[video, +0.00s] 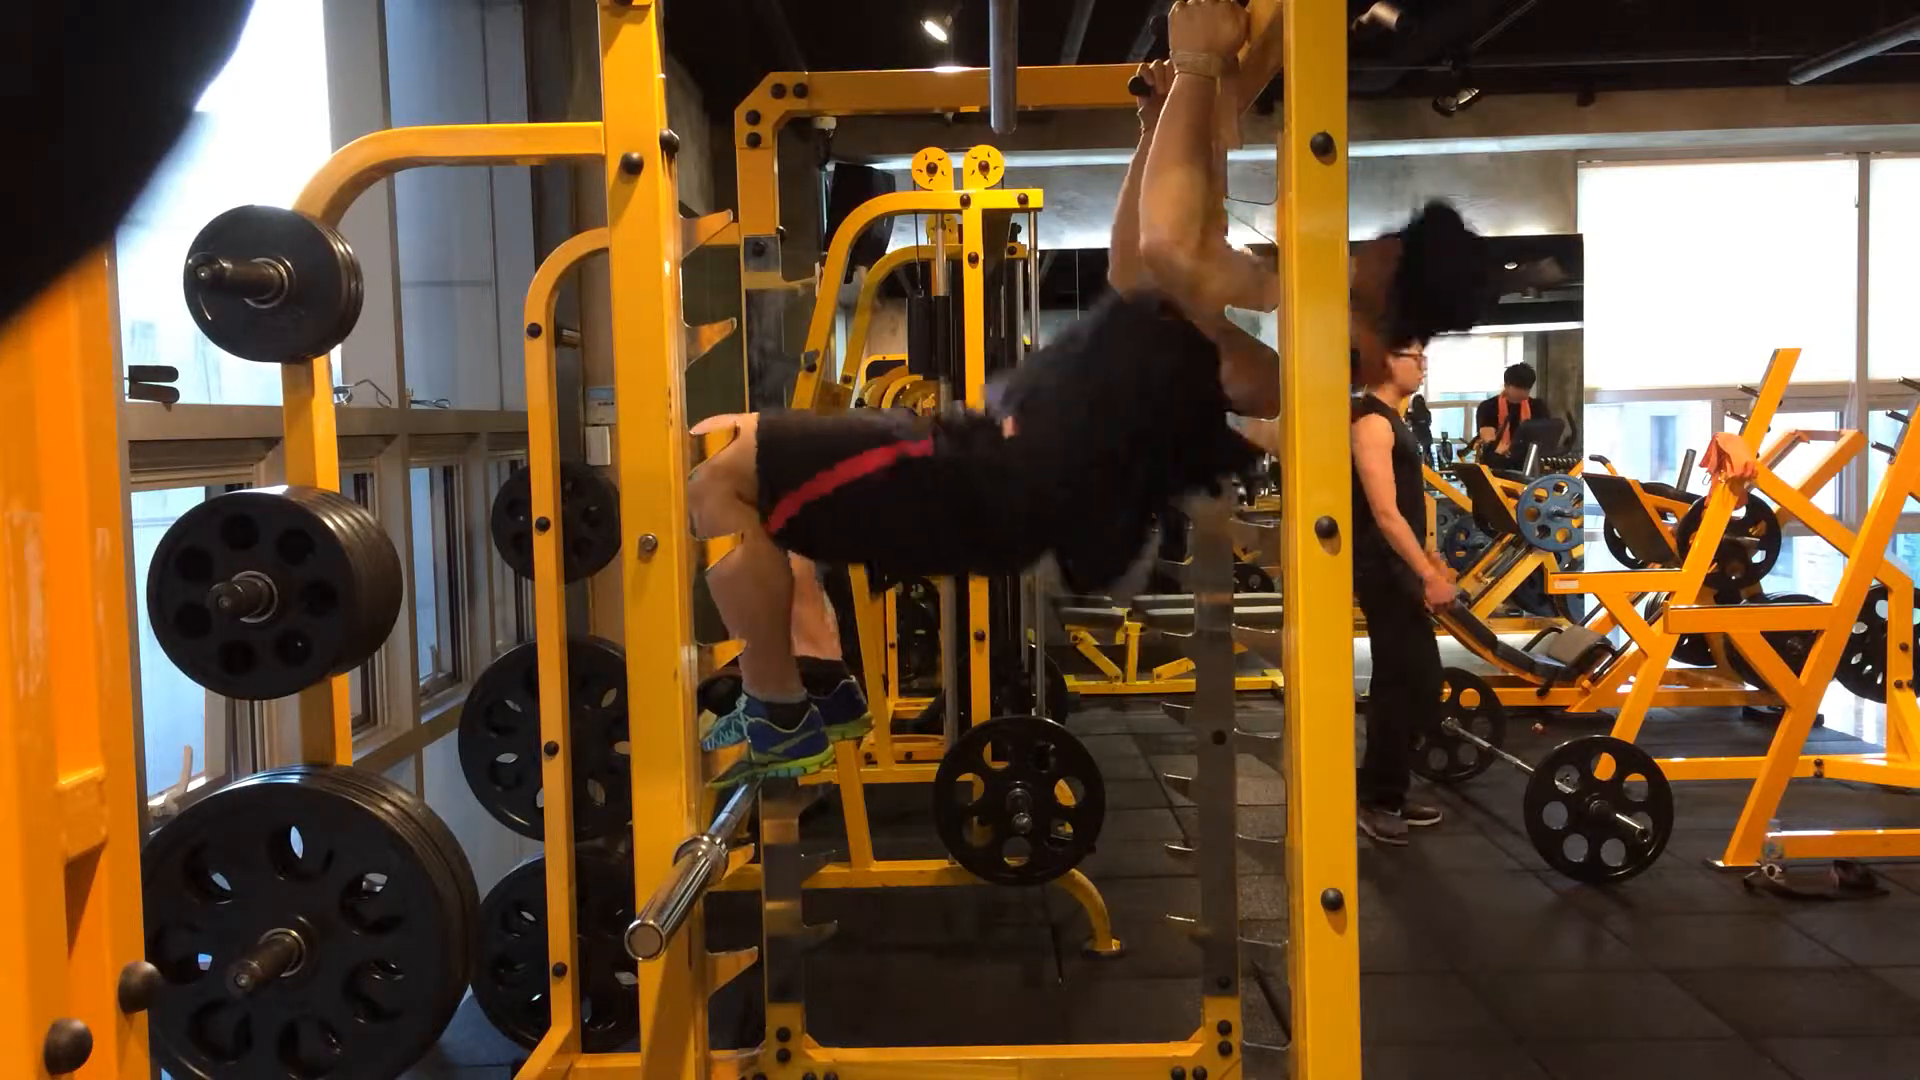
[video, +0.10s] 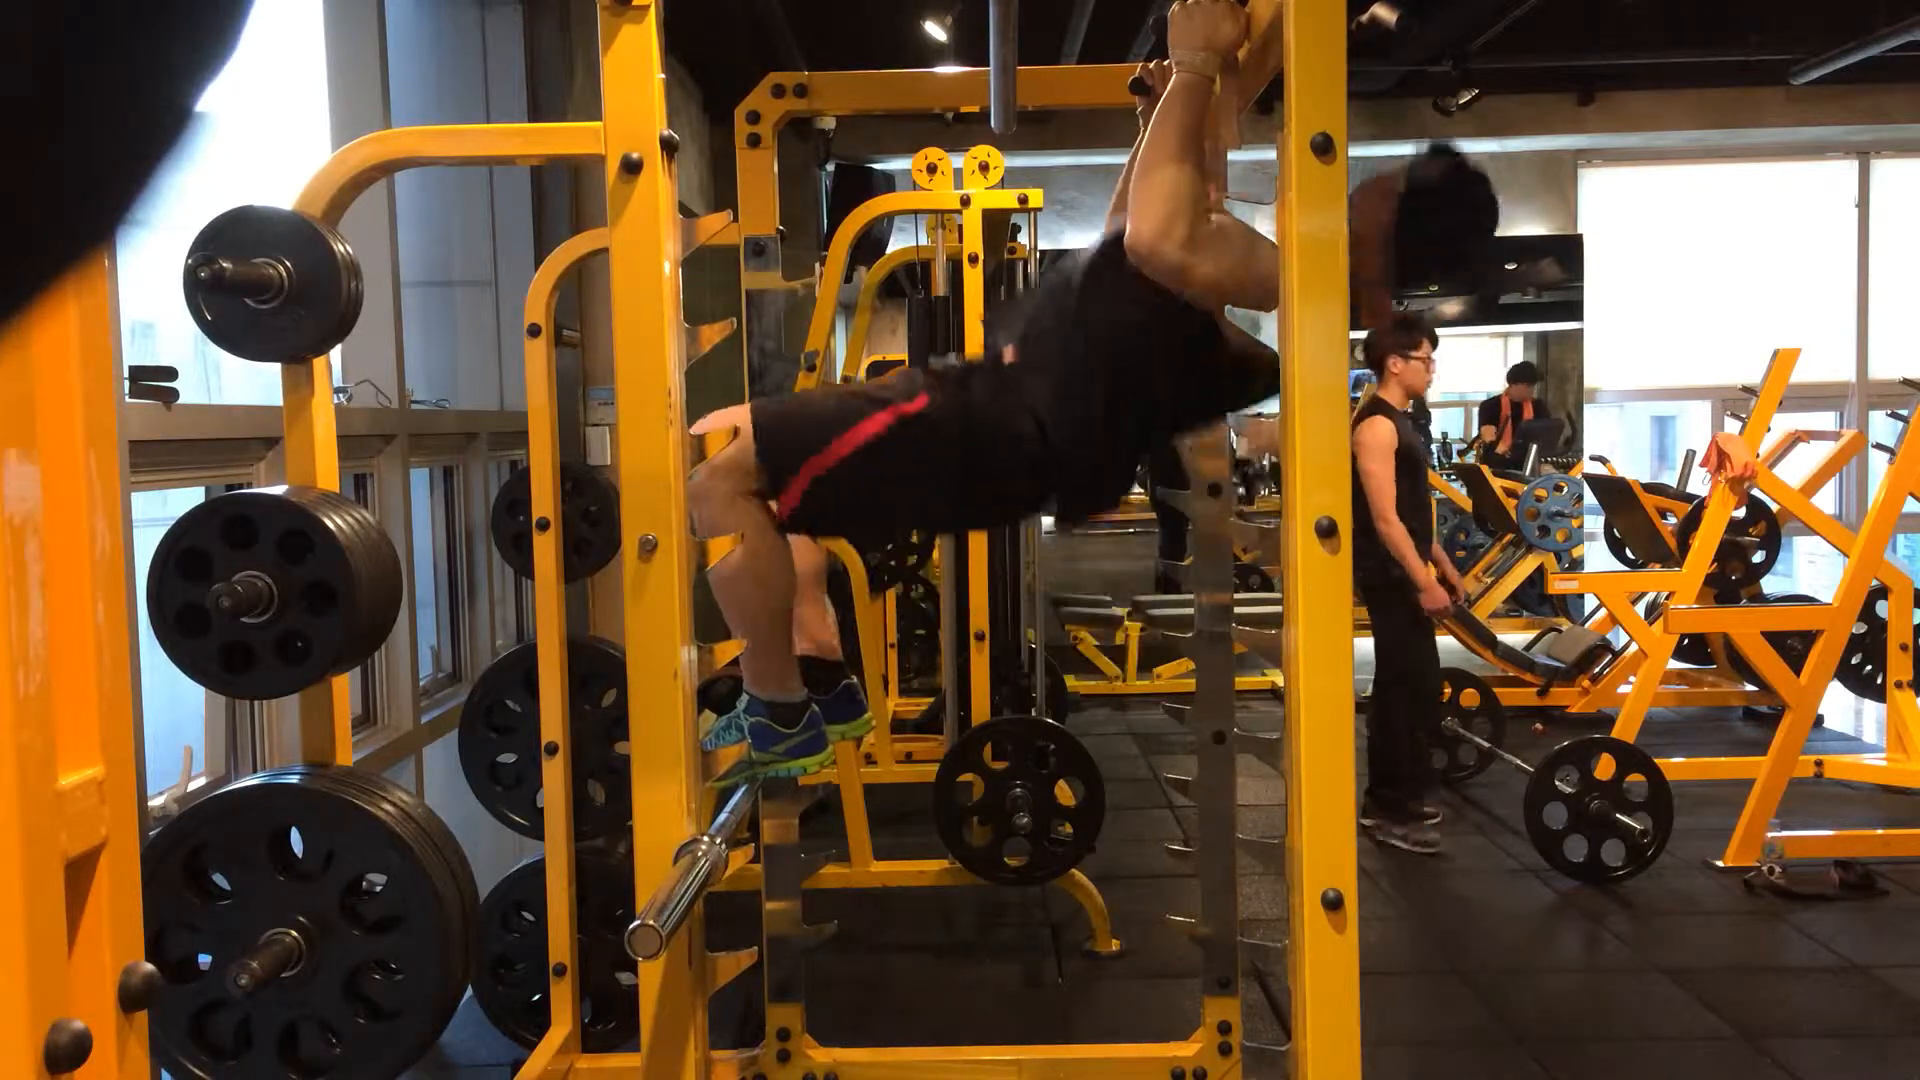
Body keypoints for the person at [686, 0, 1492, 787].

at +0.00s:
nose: (1353, 251)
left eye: (1376, 256)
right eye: (1368, 246)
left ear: (1391, 300)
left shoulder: (1329, 376)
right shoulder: (1310, 337)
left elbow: (1192, 269)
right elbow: (1139, 266)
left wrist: (1207, 70)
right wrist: (1169, 105)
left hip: (1019, 488)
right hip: (1008, 447)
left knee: (725, 487)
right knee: (729, 439)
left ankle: (776, 712)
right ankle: (821, 670)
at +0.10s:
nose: (1362, 180)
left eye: (1380, 185)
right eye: (1377, 177)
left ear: (1382, 217)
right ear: (1411, 262)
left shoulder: (1301, 281)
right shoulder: (1311, 278)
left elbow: (1164, 240)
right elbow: (1188, 213)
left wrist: (1199, 64)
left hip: (1018, 431)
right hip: (1013, 395)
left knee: (725, 483)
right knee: (729, 436)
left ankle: (776, 714)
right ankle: (819, 668)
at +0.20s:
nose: (1368, 119)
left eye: (1387, 119)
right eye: (1384, 113)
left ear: (1391, 145)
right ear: (1410, 172)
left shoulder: (1328, 253)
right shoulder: (1327, 213)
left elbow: (1163, 236)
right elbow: (1188, 169)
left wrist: (1200, 64)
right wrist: (1222, 68)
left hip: (1023, 392)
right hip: (1013, 360)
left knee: (732, 464)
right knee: (744, 432)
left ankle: (782, 716)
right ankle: (824, 677)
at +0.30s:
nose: (1360, 105)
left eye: (1374, 101)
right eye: (1372, 101)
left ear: (1380, 115)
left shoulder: (1318, 242)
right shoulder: (1295, 180)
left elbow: (1167, 237)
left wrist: (1204, 66)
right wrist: (1211, 86)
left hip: (1025, 378)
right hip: (1007, 343)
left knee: (737, 451)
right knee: (770, 440)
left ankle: (781, 716)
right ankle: (822, 671)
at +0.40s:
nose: (1368, 115)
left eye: (1385, 113)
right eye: (1382, 107)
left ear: (1389, 142)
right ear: (1396, 158)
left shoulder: (1329, 252)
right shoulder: (1322, 205)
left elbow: (1170, 238)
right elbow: (1186, 191)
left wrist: (1201, 68)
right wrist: (1203, 88)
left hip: (1026, 399)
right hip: (1015, 359)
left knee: (739, 460)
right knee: (749, 428)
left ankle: (782, 716)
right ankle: (820, 665)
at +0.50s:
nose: (1362, 164)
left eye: (1383, 169)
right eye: (1377, 157)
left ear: (1395, 225)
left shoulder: (1325, 283)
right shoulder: (1316, 274)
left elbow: (1181, 247)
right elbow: (1146, 236)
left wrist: (1205, 68)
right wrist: (1188, 92)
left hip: (1009, 445)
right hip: (1015, 418)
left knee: (735, 463)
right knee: (759, 428)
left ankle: (782, 713)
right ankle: (821, 663)